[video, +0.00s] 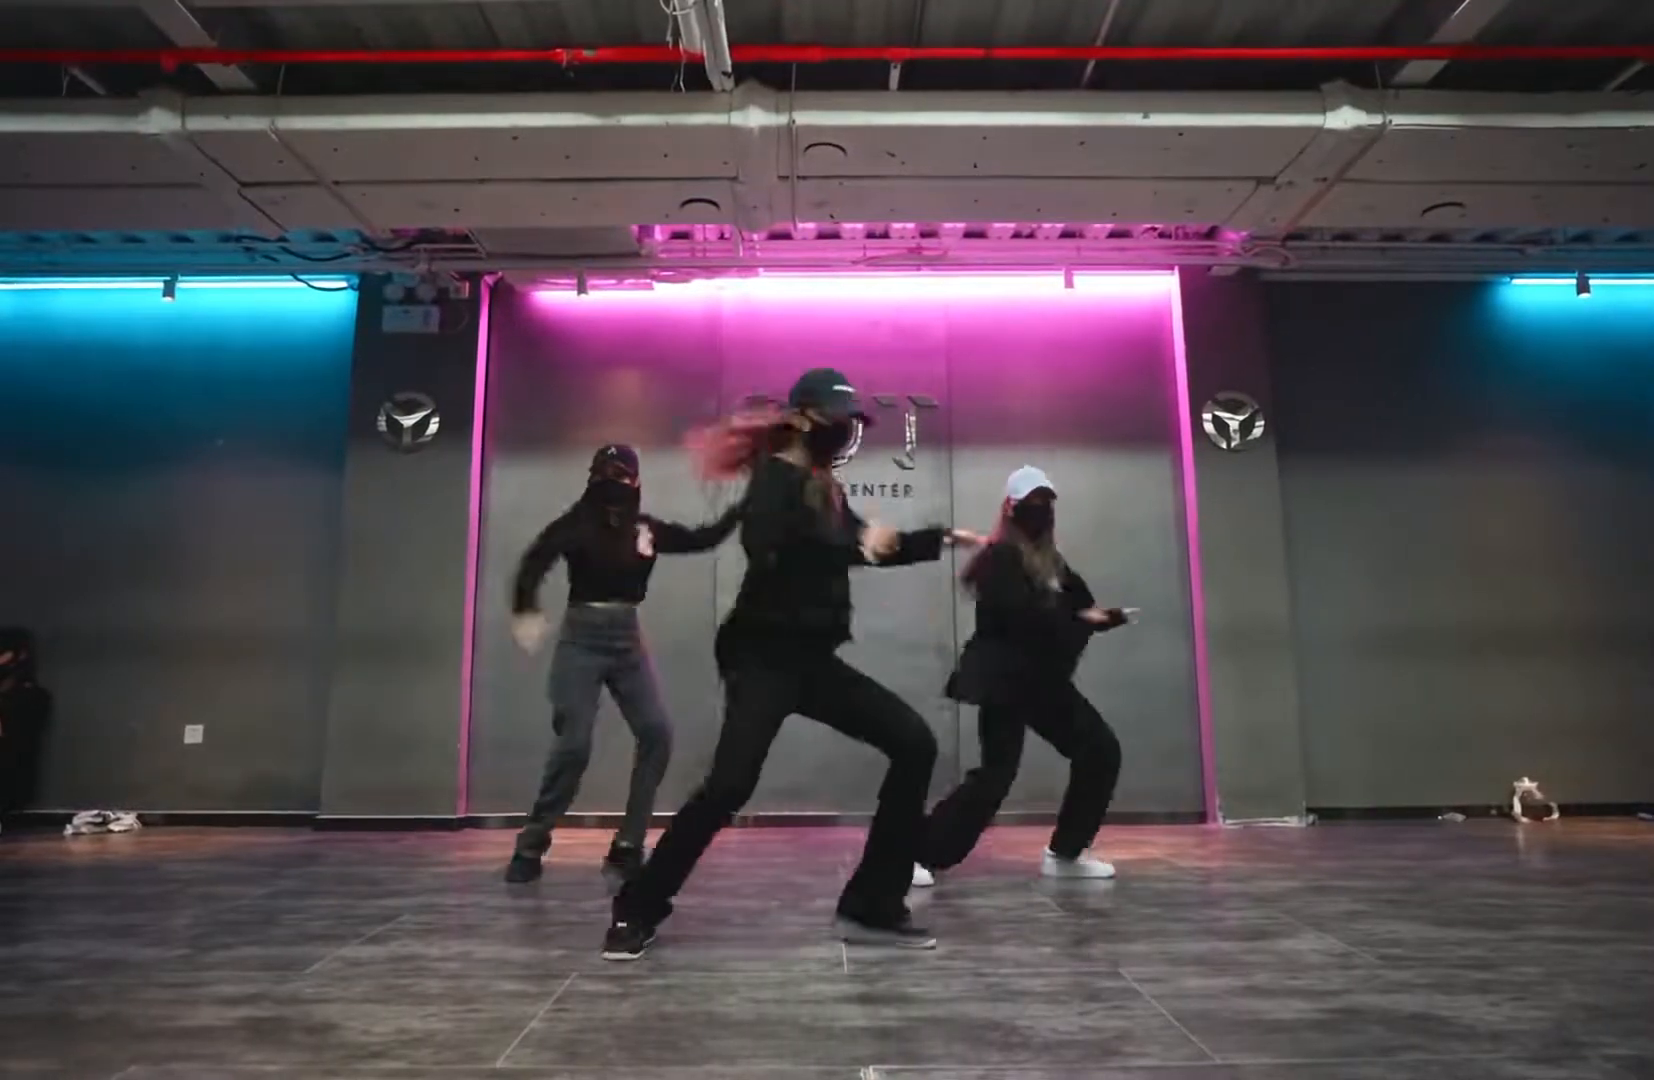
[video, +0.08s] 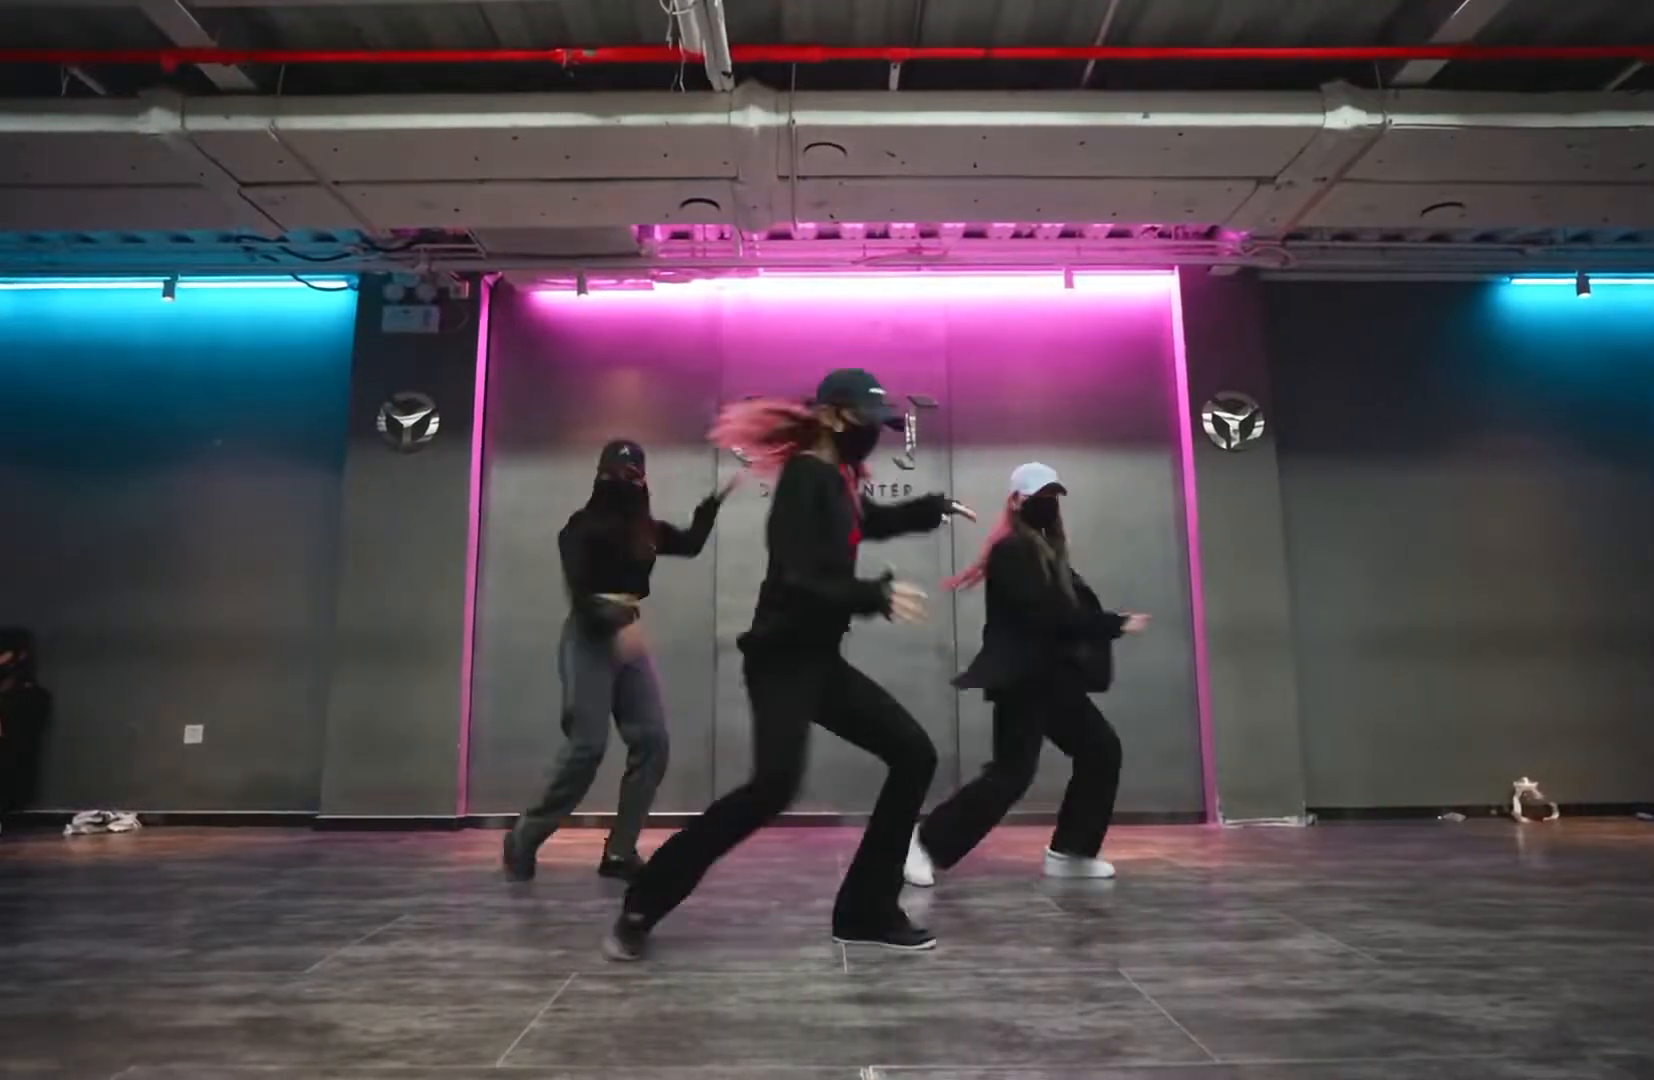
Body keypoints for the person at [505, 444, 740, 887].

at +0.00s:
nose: (616, 488)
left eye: (625, 480)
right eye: (609, 478)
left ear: (636, 485)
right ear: (594, 481)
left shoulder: (645, 530)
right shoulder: (577, 522)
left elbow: (704, 539)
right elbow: (535, 561)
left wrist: (745, 506)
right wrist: (526, 609)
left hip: (626, 646)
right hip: (579, 644)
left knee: (657, 736)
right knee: (573, 745)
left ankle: (628, 847)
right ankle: (530, 849)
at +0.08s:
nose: (623, 481)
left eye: (631, 475)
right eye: (616, 473)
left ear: (641, 480)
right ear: (602, 475)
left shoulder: (642, 526)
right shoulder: (581, 527)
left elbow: (689, 543)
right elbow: (581, 600)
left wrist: (712, 503)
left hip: (624, 637)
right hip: (587, 638)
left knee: (651, 744)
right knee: (587, 746)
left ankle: (620, 852)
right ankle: (523, 840)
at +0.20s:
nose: (633, 481)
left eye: (636, 474)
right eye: (625, 473)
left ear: (636, 475)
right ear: (604, 471)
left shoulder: (628, 507)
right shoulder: (590, 510)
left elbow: (660, 520)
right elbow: (627, 568)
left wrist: (682, 482)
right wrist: (673, 605)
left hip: (630, 629)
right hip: (597, 627)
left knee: (657, 750)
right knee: (636, 716)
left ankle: (620, 851)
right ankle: (560, 783)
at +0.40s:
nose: (616, 469)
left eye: (614, 463)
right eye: (606, 463)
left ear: (607, 469)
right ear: (591, 471)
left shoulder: (628, 514)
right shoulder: (589, 505)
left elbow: (644, 580)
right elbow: (636, 466)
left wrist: (659, 624)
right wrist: (622, 425)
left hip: (637, 623)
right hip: (607, 622)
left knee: (653, 742)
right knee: (648, 736)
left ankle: (617, 850)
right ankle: (672, 851)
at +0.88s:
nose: (625, 484)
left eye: (633, 477)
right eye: (618, 476)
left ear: (642, 479)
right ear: (603, 473)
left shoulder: (649, 531)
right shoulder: (576, 509)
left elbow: (661, 594)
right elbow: (525, 518)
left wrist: (652, 644)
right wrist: (505, 490)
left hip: (620, 643)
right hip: (568, 639)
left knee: (681, 728)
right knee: (544, 755)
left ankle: (665, 832)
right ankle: (498, 848)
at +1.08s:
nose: (647, 499)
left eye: (652, 491)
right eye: (639, 490)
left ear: (662, 492)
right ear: (623, 489)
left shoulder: (669, 540)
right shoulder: (599, 525)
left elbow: (672, 600)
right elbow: (547, 502)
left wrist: (668, 652)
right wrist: (493, 461)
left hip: (633, 660)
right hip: (583, 655)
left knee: (687, 743)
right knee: (549, 769)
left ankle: (685, 853)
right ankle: (488, 849)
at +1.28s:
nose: (633, 447)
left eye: (643, 439)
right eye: (628, 438)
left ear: (662, 440)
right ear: (620, 437)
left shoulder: (679, 482)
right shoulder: (606, 475)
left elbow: (694, 541)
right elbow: (548, 510)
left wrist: (641, 560)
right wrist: (584, 508)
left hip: (649, 608)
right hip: (597, 606)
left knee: (658, 728)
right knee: (580, 721)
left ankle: (675, 838)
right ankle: (568, 833)